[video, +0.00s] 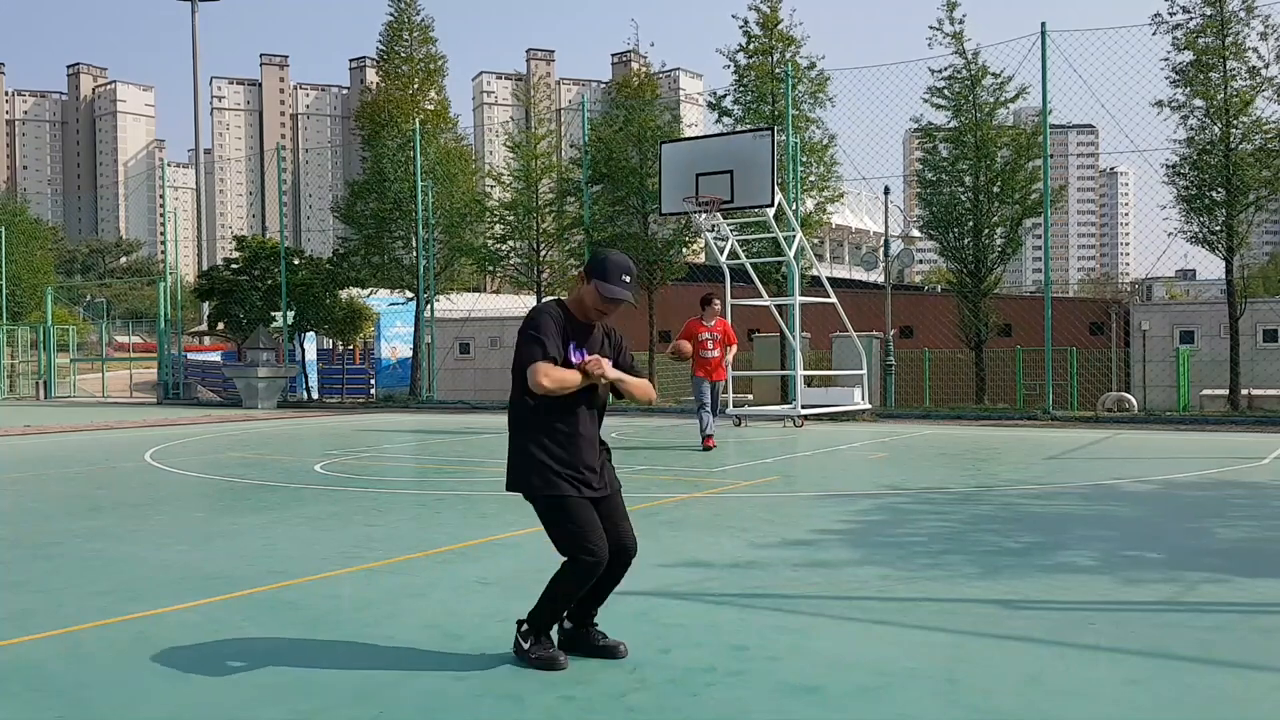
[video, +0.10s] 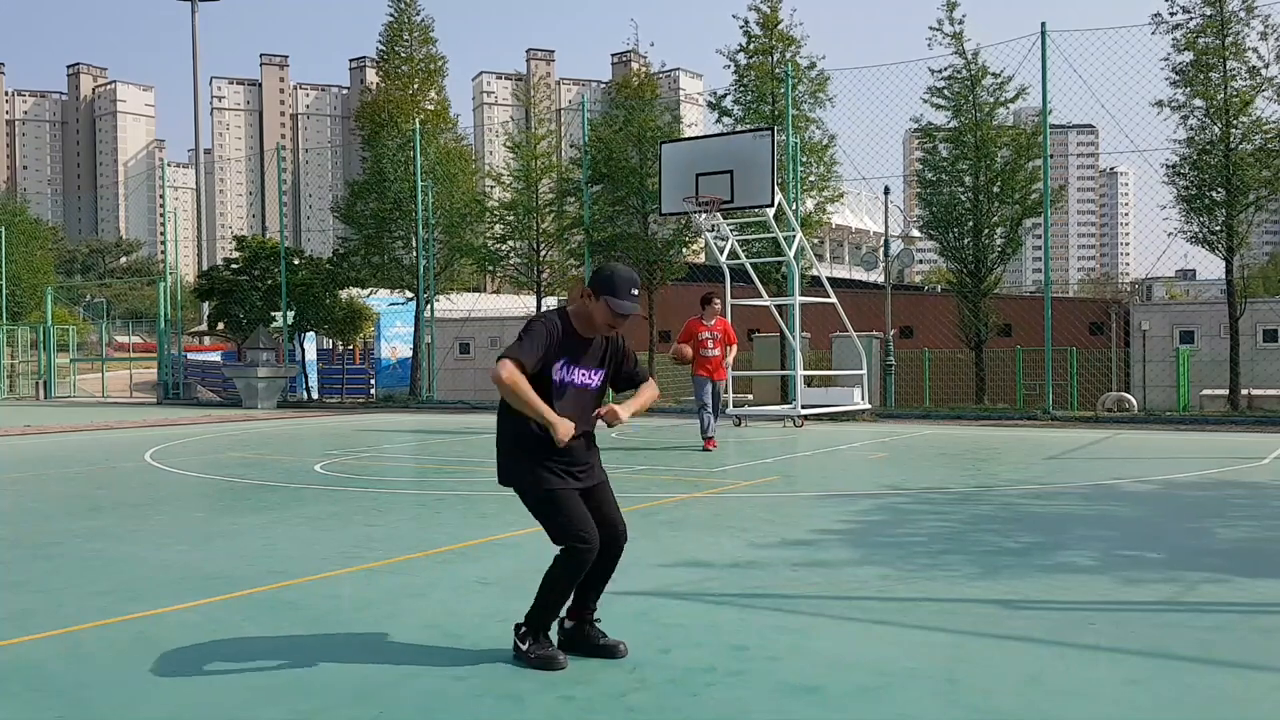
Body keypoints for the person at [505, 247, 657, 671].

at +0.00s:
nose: (610, 309)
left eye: (618, 302)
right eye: (604, 298)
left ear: (625, 298)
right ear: (583, 282)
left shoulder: (609, 336)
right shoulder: (545, 318)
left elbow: (648, 393)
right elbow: (540, 379)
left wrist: (615, 375)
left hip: (591, 460)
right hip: (545, 464)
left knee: (622, 547)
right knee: (590, 552)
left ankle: (577, 629)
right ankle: (532, 633)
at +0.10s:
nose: (618, 323)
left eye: (624, 315)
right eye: (613, 312)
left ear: (629, 310)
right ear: (587, 296)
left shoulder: (612, 342)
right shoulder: (547, 329)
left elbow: (650, 389)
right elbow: (504, 371)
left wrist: (627, 408)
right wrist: (551, 418)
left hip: (583, 461)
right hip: (534, 464)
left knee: (613, 536)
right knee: (582, 542)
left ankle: (577, 626)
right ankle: (531, 634)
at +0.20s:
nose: (625, 307)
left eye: (629, 298)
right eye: (618, 297)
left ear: (628, 294)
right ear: (589, 288)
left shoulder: (613, 327)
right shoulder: (546, 315)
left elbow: (662, 348)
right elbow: (487, 340)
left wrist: (653, 404)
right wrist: (510, 414)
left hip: (563, 432)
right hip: (517, 432)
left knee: (586, 514)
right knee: (552, 518)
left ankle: (575, 623)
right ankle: (529, 631)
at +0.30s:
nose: (613, 279)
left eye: (617, 271)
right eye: (606, 269)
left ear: (616, 269)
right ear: (578, 260)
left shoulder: (609, 302)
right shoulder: (534, 292)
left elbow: (661, 317)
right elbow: (472, 305)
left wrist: (679, 377)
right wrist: (482, 371)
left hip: (562, 423)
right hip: (511, 422)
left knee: (583, 500)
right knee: (527, 510)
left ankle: (562, 600)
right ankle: (527, 625)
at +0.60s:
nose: (568, 292)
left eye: (574, 284)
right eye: (560, 283)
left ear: (579, 281)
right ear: (536, 277)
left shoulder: (583, 325)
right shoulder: (501, 316)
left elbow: (629, 368)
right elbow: (456, 362)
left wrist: (663, 419)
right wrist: (472, 390)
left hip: (562, 446)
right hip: (514, 441)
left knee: (567, 530)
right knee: (540, 518)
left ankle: (543, 598)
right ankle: (526, 625)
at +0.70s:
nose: (561, 292)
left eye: (568, 284)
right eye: (553, 283)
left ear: (577, 283)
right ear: (532, 278)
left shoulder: (582, 328)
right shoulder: (498, 316)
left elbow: (595, 393)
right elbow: (481, 385)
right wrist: (502, 440)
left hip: (548, 429)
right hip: (499, 426)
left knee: (553, 515)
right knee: (509, 508)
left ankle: (544, 598)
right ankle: (516, 601)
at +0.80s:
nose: (540, 288)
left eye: (549, 280)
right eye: (532, 279)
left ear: (558, 283)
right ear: (515, 279)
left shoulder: (568, 326)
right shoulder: (489, 311)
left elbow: (553, 397)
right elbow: (494, 383)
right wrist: (523, 438)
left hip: (541, 414)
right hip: (492, 411)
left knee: (542, 504)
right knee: (494, 495)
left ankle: (543, 597)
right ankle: (483, 594)